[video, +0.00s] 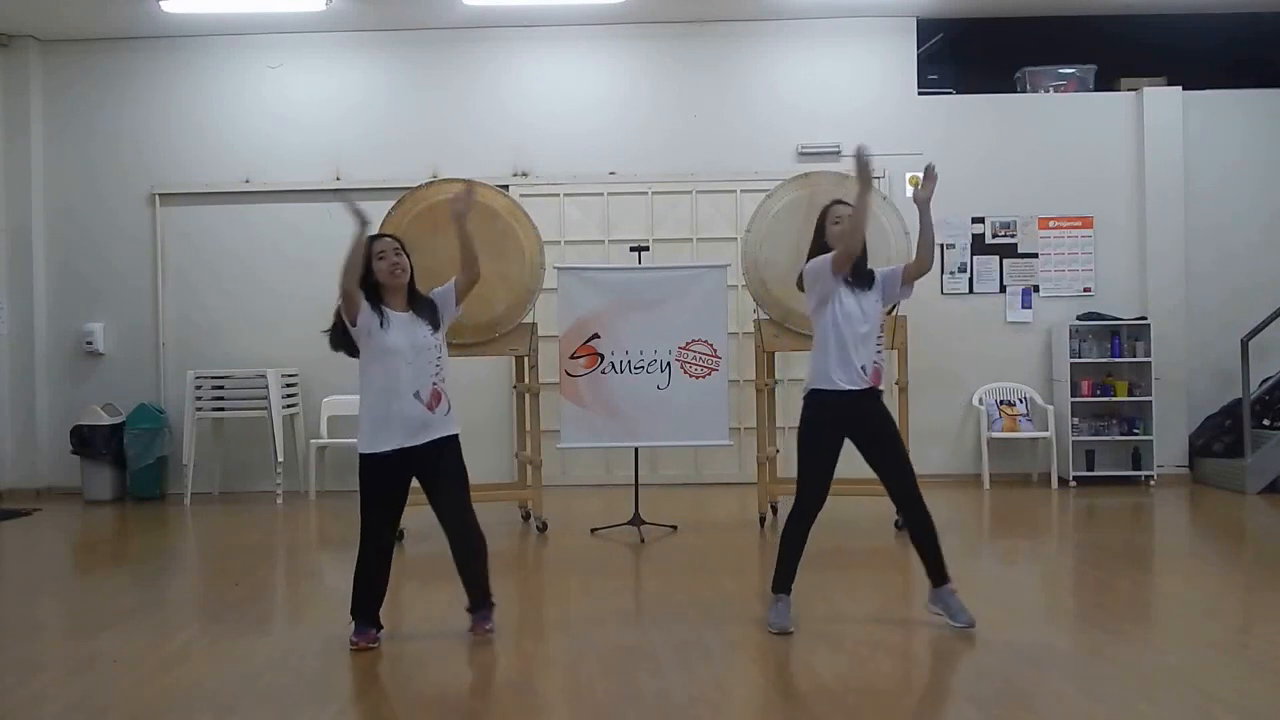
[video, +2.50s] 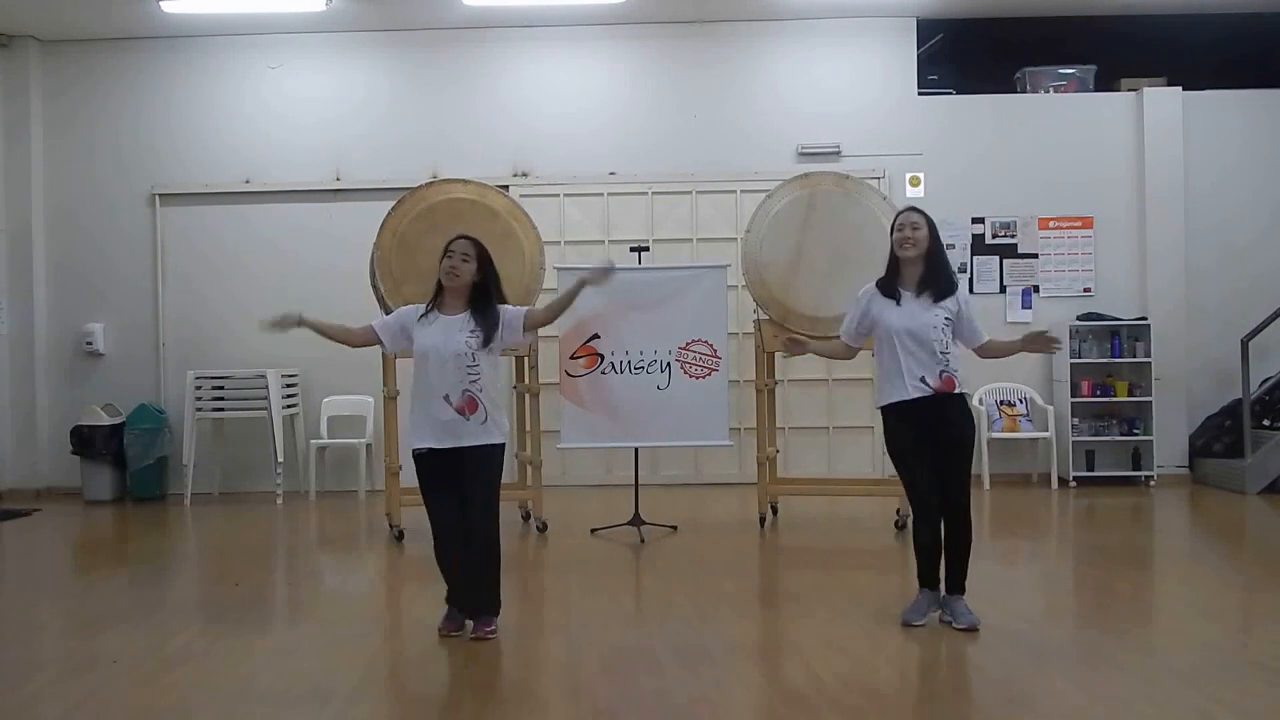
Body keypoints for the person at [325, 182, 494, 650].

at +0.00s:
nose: (392, 259)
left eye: (397, 252)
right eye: (382, 256)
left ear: (410, 264)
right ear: (371, 271)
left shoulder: (434, 310)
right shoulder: (365, 318)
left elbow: (469, 274)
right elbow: (348, 287)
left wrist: (461, 222)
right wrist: (360, 234)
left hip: (437, 438)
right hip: (382, 445)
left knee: (462, 526)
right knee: (375, 537)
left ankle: (481, 608)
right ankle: (366, 622)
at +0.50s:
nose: (451, 262)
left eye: (462, 258)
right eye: (447, 256)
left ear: (478, 274)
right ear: (437, 267)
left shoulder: (495, 316)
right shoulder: (416, 320)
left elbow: (548, 310)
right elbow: (358, 334)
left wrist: (590, 284)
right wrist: (304, 326)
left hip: (490, 444)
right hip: (437, 447)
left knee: (489, 531)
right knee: (448, 534)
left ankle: (495, 616)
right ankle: (459, 605)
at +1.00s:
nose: (437, 262)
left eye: (447, 260)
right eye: (436, 256)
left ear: (464, 276)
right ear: (427, 266)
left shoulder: (471, 318)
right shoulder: (406, 313)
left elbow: (473, 279)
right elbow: (374, 283)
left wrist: (454, 237)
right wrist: (385, 237)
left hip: (460, 443)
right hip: (408, 443)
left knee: (471, 530)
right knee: (385, 530)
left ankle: (492, 615)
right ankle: (367, 614)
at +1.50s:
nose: (388, 263)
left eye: (396, 257)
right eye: (379, 257)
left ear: (407, 269)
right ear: (365, 269)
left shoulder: (427, 317)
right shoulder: (346, 321)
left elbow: (482, 316)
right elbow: (285, 335)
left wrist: (533, 294)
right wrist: (227, 323)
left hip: (411, 446)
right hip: (357, 448)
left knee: (403, 534)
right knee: (360, 536)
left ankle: (397, 614)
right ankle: (362, 620)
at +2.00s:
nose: (400, 262)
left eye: (402, 256)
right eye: (389, 258)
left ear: (412, 266)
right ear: (373, 275)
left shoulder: (434, 310)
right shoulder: (366, 320)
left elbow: (469, 281)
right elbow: (377, 293)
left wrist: (449, 236)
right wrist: (402, 248)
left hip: (437, 440)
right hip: (385, 446)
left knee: (458, 527)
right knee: (378, 536)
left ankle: (484, 610)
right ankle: (364, 619)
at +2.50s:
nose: (454, 262)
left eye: (465, 258)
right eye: (449, 255)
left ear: (479, 273)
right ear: (438, 265)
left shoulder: (491, 317)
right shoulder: (413, 317)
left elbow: (543, 314)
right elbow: (356, 336)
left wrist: (580, 285)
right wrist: (307, 322)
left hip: (483, 440)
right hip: (430, 442)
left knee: (481, 527)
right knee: (445, 529)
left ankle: (485, 612)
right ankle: (457, 603)